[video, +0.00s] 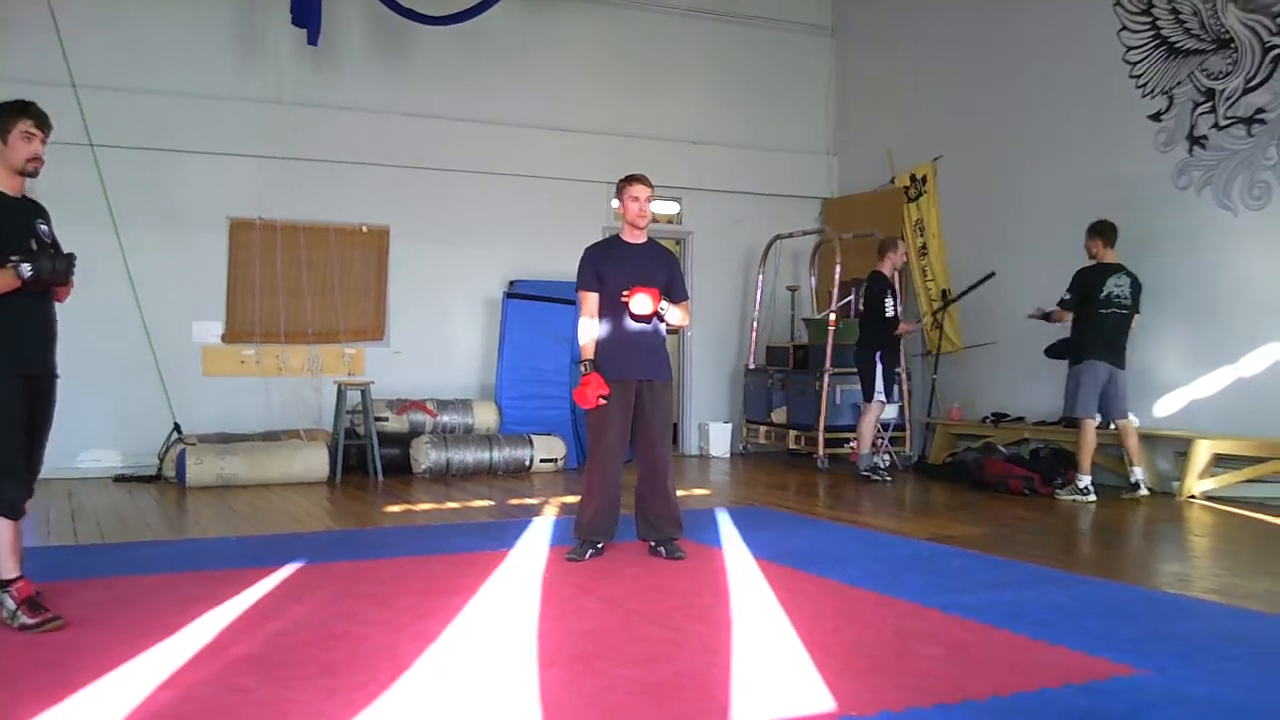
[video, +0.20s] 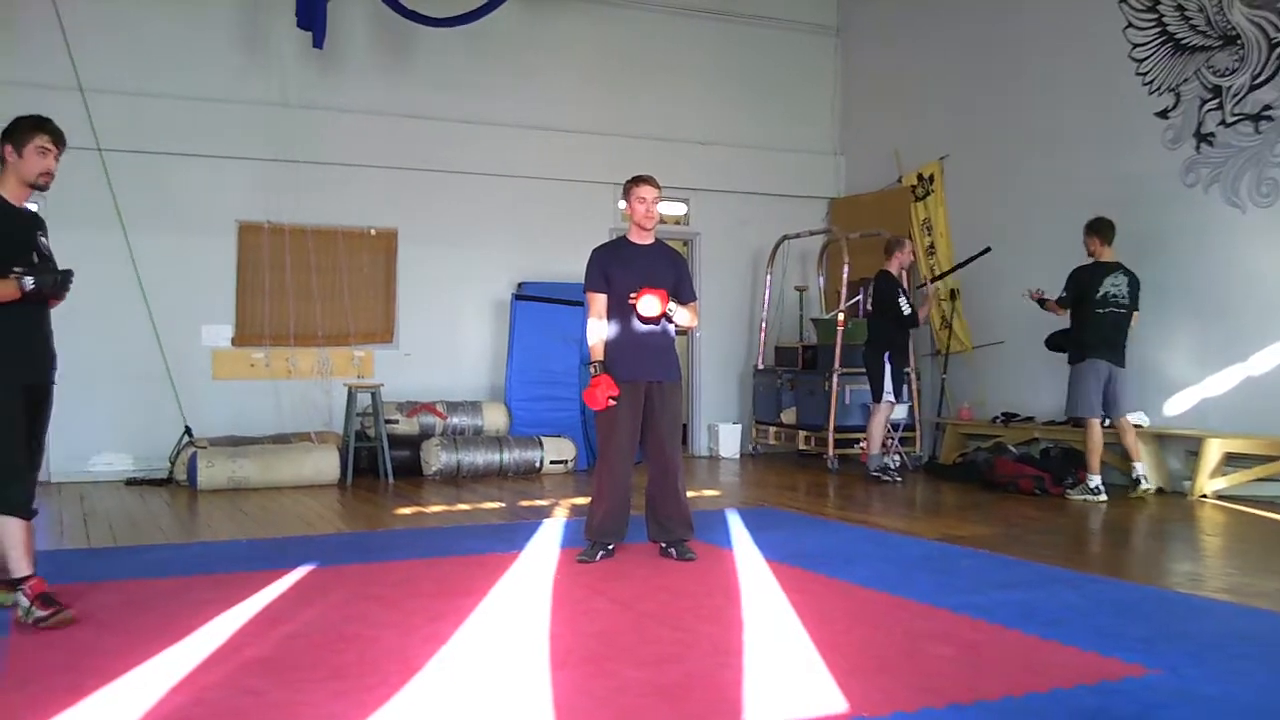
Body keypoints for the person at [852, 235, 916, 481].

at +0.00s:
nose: (905, 260)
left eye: (905, 255)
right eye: (903, 255)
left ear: (887, 256)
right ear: (890, 256)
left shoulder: (878, 280)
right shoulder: (882, 283)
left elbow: (885, 321)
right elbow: (889, 325)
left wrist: (905, 325)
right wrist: (911, 326)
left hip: (874, 350)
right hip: (875, 351)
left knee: (873, 406)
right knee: (875, 405)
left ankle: (865, 459)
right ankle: (864, 461)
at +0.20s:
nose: (912, 257)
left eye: (911, 253)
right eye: (909, 253)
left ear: (893, 255)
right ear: (897, 255)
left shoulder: (884, 280)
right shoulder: (889, 283)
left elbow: (904, 311)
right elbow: (911, 320)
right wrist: (930, 301)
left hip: (880, 349)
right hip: (885, 351)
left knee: (880, 406)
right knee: (885, 405)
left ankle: (875, 460)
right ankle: (874, 462)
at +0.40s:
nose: (936, 257)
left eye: (935, 252)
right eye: (933, 253)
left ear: (916, 256)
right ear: (921, 256)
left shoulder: (908, 281)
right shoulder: (914, 284)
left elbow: (933, 317)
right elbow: (940, 319)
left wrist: (952, 308)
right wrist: (958, 304)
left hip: (906, 350)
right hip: (911, 352)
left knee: (907, 406)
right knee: (911, 406)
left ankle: (902, 461)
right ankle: (900, 463)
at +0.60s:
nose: (937, 259)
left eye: (936, 254)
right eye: (933, 254)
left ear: (918, 257)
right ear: (919, 257)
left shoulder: (911, 283)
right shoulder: (913, 285)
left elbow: (931, 321)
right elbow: (932, 323)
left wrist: (963, 328)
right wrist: (967, 329)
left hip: (913, 354)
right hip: (911, 355)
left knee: (912, 408)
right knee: (913, 408)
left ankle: (903, 462)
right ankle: (902, 465)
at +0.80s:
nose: (936, 259)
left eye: (936, 254)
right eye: (933, 254)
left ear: (920, 256)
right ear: (920, 256)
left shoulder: (913, 283)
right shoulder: (910, 284)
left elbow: (920, 322)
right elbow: (920, 325)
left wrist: (946, 331)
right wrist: (951, 336)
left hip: (913, 352)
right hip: (910, 353)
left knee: (908, 407)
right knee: (913, 406)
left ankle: (904, 460)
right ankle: (902, 462)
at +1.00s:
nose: (975, 260)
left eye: (975, 255)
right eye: (972, 255)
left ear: (958, 256)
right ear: (959, 256)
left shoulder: (955, 284)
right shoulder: (945, 284)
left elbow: (958, 322)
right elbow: (951, 324)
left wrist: (982, 330)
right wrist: (985, 333)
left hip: (956, 351)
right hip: (947, 352)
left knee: (951, 406)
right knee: (951, 405)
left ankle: (946, 460)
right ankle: (944, 463)